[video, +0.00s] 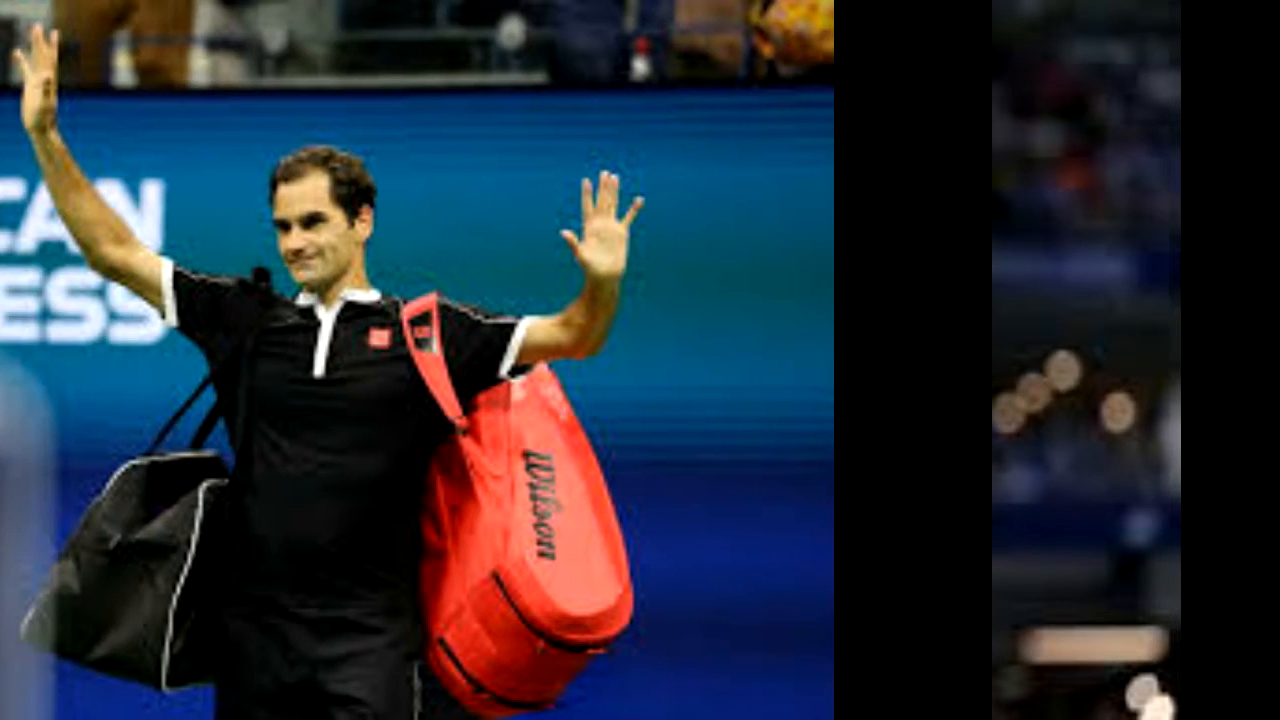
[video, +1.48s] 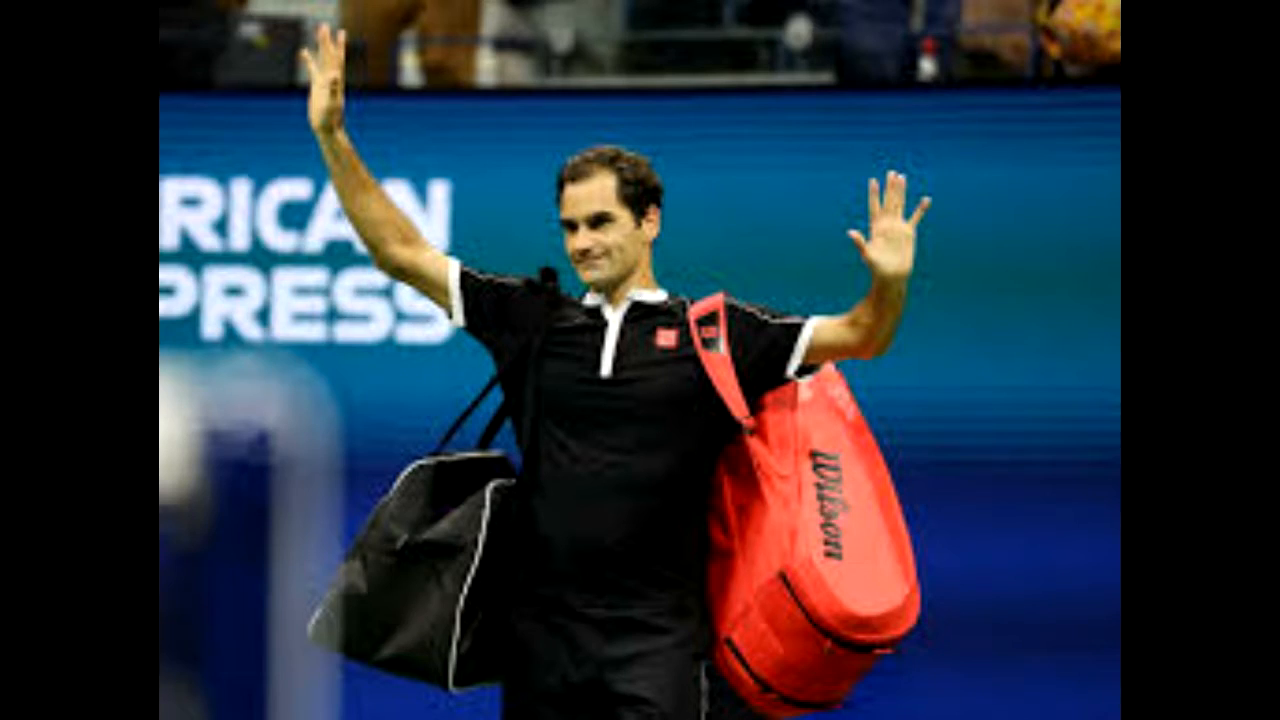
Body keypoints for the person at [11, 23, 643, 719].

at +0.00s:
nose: (294, 241)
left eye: (312, 224)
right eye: (283, 228)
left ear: (360, 224)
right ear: (273, 235)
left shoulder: (429, 329)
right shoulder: (242, 317)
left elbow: (574, 336)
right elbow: (111, 251)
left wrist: (603, 284)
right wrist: (42, 133)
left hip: (370, 626)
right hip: (256, 624)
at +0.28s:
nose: (477, 242)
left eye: (495, 224)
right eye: (466, 228)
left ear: (543, 225)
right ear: (456, 235)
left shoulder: (611, 329)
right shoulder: (424, 317)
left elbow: (757, 336)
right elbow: (294, 251)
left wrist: (786, 284)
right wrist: (225, 133)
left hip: (553, 628)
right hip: (439, 625)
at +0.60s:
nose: (581, 242)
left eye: (599, 224)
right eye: (570, 228)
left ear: (647, 225)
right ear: (560, 235)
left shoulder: (715, 329)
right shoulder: (528, 317)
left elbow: (861, 336)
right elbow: (398, 250)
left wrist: (890, 284)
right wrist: (328, 132)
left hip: (658, 628)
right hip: (544, 625)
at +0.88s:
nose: (581, 242)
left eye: (599, 224)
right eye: (570, 228)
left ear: (647, 225)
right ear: (560, 235)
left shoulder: (715, 329)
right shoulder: (528, 317)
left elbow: (861, 336)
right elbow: (398, 250)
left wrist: (890, 285)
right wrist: (328, 132)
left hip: (658, 628)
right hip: (544, 626)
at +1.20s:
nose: (581, 242)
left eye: (599, 224)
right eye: (570, 228)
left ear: (647, 225)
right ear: (560, 235)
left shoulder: (715, 329)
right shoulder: (528, 317)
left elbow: (861, 336)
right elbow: (398, 250)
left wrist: (890, 285)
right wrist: (328, 133)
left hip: (658, 627)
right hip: (544, 625)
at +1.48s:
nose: (581, 242)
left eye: (599, 224)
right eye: (570, 228)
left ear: (647, 225)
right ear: (560, 235)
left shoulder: (715, 329)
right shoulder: (528, 317)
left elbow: (861, 336)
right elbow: (398, 250)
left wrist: (890, 284)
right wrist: (328, 133)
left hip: (658, 627)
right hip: (544, 625)